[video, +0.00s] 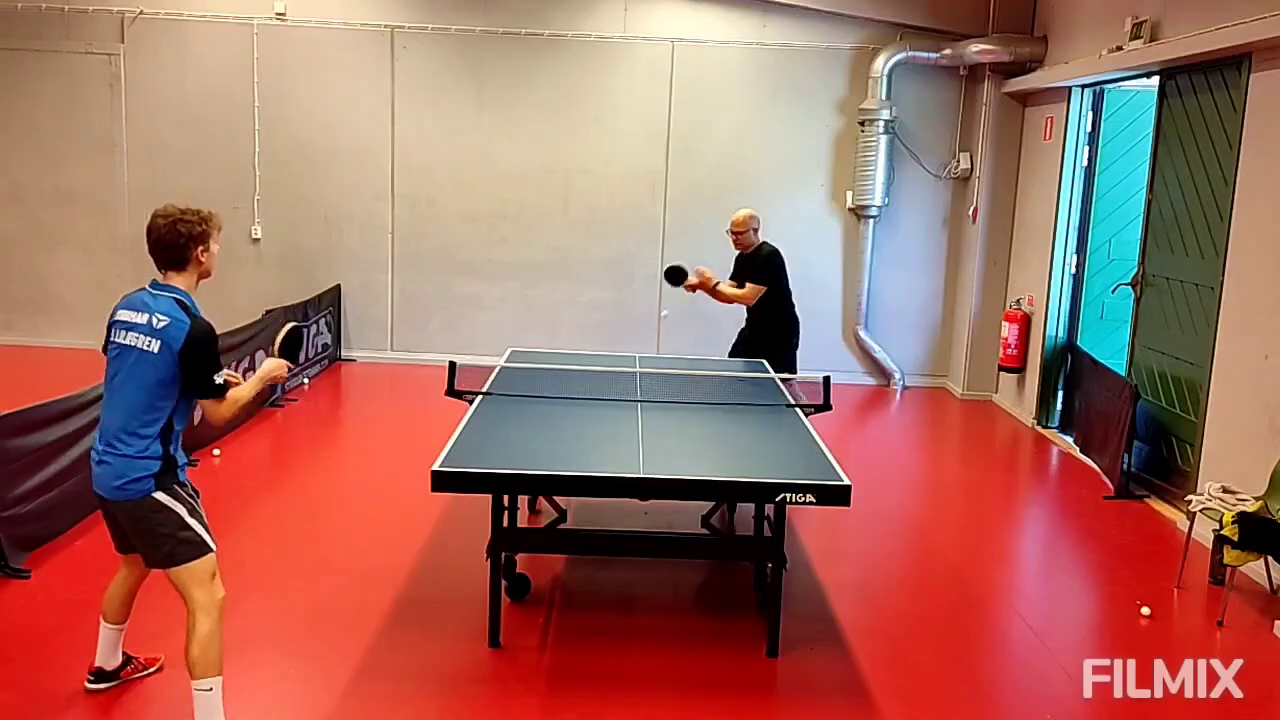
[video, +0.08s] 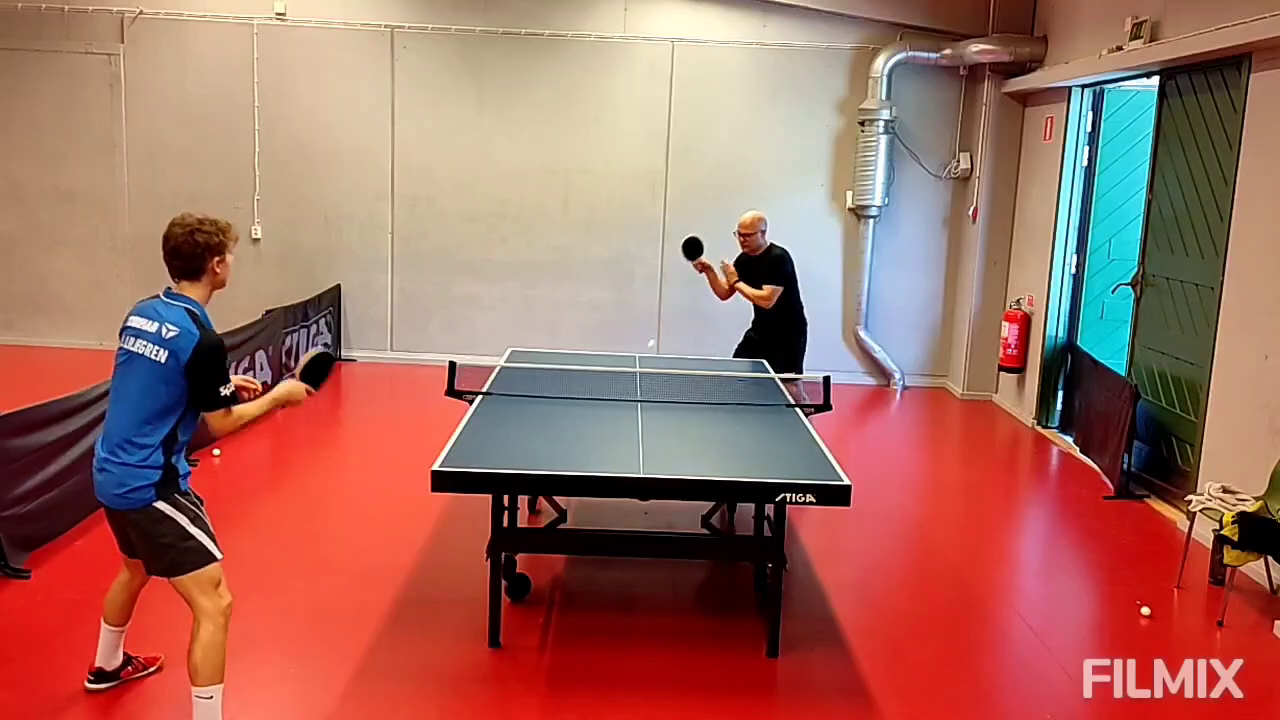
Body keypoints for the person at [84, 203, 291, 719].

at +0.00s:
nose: (217, 252)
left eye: (215, 243)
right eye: (214, 245)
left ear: (162, 254)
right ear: (198, 255)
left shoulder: (127, 306)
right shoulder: (193, 328)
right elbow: (221, 412)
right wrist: (265, 376)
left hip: (108, 472)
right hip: (150, 480)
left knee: (134, 563)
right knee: (207, 597)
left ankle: (106, 666)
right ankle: (211, 715)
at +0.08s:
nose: (229, 265)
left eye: (227, 256)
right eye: (227, 257)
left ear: (174, 263)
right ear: (214, 266)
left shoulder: (142, 312)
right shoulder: (201, 338)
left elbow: (158, 393)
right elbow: (219, 424)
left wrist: (225, 390)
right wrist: (279, 398)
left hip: (111, 476)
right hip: (153, 486)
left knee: (135, 566)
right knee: (214, 604)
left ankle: (105, 667)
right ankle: (208, 715)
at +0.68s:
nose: (359, 390)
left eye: (359, 381)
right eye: (354, 382)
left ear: (319, 385)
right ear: (321, 386)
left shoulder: (290, 399)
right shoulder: (237, 439)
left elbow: (283, 425)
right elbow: (169, 522)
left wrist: (293, 454)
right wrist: (135, 606)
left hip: (200, 514)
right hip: (176, 526)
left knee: (168, 589)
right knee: (265, 631)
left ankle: (119, 656)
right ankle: (218, 716)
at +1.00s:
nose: (358, 270)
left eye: (357, 261)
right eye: (356, 262)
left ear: (296, 262)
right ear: (340, 269)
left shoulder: (245, 310)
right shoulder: (332, 340)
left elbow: (188, 375)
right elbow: (413, 343)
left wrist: (233, 393)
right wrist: (419, 273)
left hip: (207, 488)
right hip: (261, 506)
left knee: (215, 574)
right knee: (332, 614)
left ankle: (185, 680)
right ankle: (262, 714)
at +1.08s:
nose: (351, 269)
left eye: (349, 260)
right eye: (349, 261)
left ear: (290, 265)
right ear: (336, 269)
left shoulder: (238, 319)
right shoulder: (337, 342)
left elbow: (185, 392)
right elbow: (416, 356)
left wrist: (232, 397)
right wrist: (427, 289)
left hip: (219, 503)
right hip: (280, 514)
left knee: (212, 591)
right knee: (349, 626)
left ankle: (172, 698)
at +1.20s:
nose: (344, 307)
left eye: (342, 298)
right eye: (342, 300)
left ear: (284, 307)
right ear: (332, 309)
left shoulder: (237, 366)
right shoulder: (341, 379)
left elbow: (184, 438)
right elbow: (409, 420)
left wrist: (226, 425)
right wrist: (423, 355)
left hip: (227, 543)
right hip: (295, 547)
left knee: (214, 610)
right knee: (377, 640)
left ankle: (169, 714)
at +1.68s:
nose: (317, 423)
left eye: (318, 416)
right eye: (316, 417)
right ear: (294, 426)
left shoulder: (271, 423)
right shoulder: (196, 467)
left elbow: (323, 445)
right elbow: (135, 525)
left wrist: (351, 478)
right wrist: (91, 583)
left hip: (178, 508)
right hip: (136, 518)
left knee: (176, 593)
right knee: (226, 613)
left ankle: (88, 642)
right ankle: (208, 715)